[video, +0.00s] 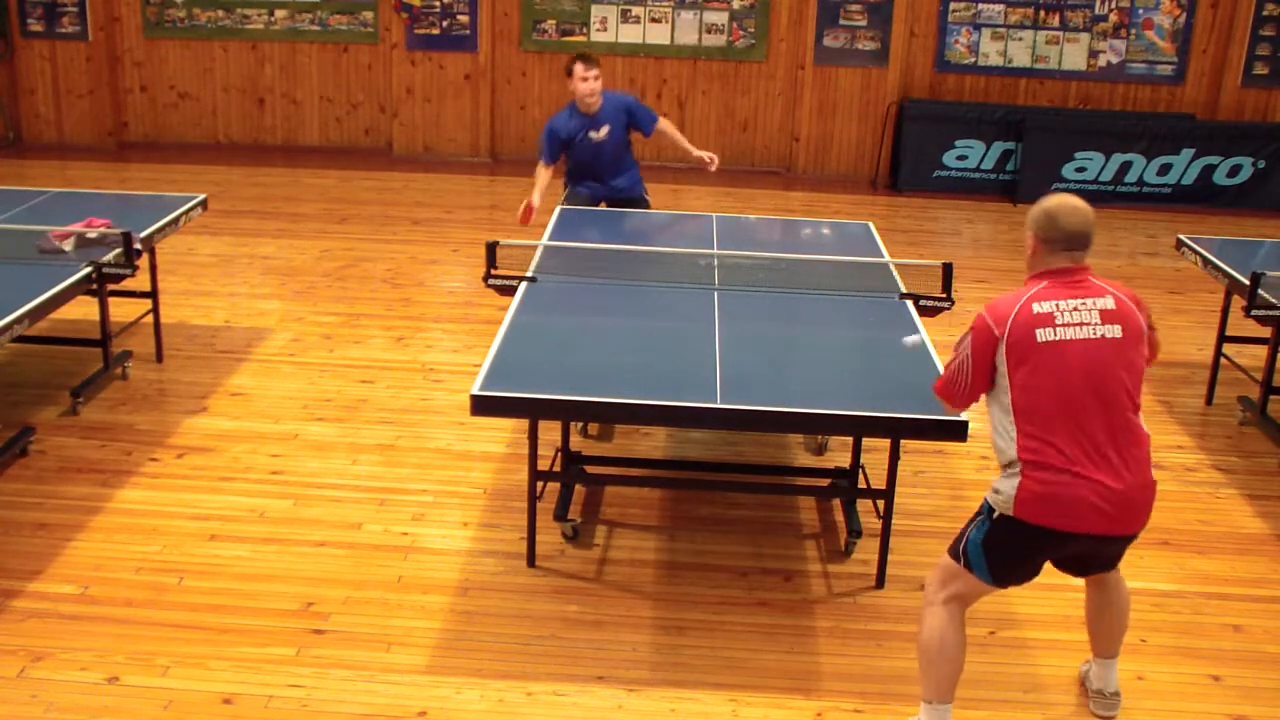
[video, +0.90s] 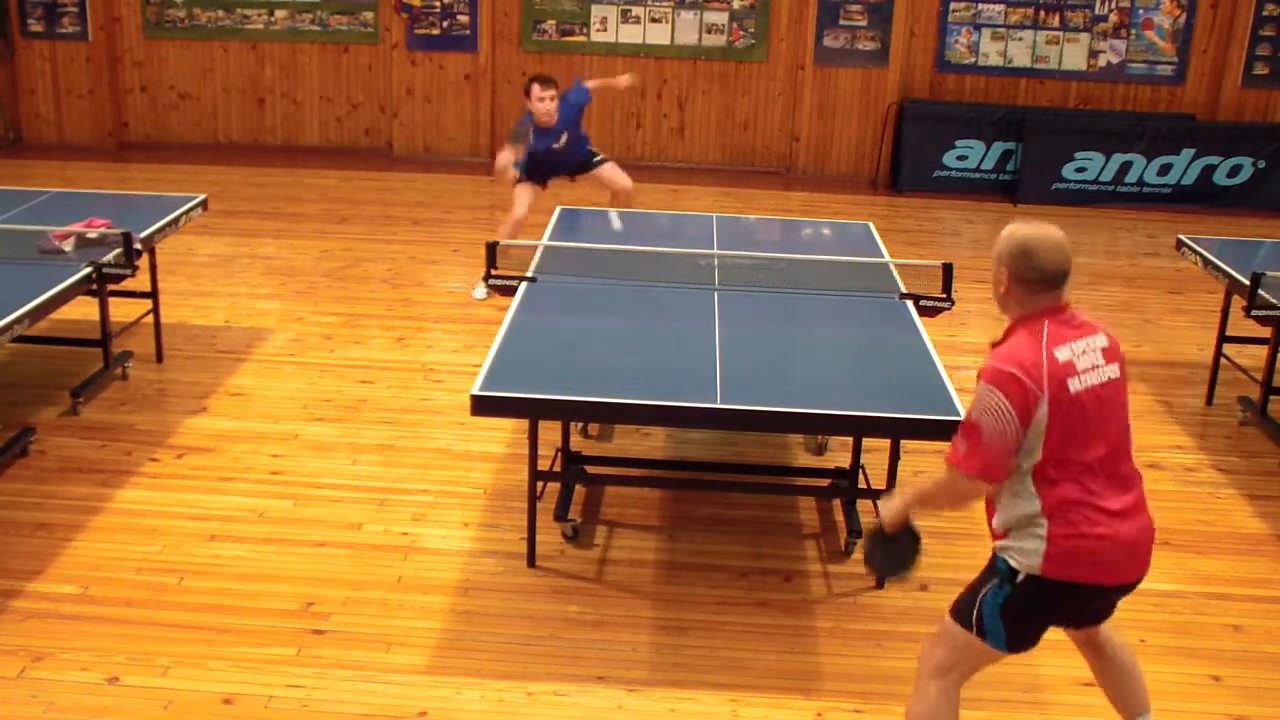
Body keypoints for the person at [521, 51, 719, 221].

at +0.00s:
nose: (591, 86)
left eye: (595, 79)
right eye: (584, 80)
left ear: (602, 80)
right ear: (570, 84)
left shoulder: (623, 106)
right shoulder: (560, 126)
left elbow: (659, 125)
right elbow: (546, 165)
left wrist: (694, 152)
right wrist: (535, 196)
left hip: (625, 183)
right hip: (584, 187)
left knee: (642, 237)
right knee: (567, 236)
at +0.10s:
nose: (606, 68)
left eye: (610, 61)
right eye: (599, 62)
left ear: (615, 63)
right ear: (585, 67)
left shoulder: (636, 92)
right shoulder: (574, 105)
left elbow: (671, 117)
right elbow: (558, 141)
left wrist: (693, 147)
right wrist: (551, 169)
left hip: (631, 175)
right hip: (589, 176)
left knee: (646, 233)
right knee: (570, 224)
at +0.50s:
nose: (605, 71)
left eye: (610, 64)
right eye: (599, 65)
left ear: (617, 64)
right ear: (588, 66)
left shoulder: (636, 90)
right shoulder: (577, 97)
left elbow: (661, 123)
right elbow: (552, 136)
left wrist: (654, 151)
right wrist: (573, 159)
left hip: (628, 171)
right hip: (588, 171)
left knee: (649, 224)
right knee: (563, 214)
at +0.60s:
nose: (583, 72)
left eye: (587, 65)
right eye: (576, 65)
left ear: (594, 63)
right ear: (566, 66)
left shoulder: (614, 83)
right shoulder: (556, 96)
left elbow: (647, 109)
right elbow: (533, 136)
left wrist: (647, 136)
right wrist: (556, 151)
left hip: (617, 164)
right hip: (577, 166)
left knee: (641, 218)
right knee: (554, 222)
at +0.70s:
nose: (562, 69)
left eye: (566, 63)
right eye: (556, 63)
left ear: (573, 63)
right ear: (543, 65)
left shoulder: (592, 77)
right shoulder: (538, 96)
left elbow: (632, 87)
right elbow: (521, 140)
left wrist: (642, 108)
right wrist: (535, 146)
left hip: (601, 153)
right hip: (563, 158)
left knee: (628, 203)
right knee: (546, 214)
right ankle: (539, 267)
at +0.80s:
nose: (550, 80)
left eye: (554, 74)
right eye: (544, 75)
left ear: (559, 73)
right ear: (530, 78)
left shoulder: (575, 81)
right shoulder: (529, 105)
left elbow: (613, 69)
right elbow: (516, 147)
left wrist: (650, 77)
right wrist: (510, 125)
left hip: (589, 146)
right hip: (549, 153)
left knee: (627, 198)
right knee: (532, 205)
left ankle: (648, 245)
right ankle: (523, 259)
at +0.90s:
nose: (547, 106)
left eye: (551, 100)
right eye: (540, 100)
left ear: (558, 99)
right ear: (528, 103)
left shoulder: (571, 101)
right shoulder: (525, 128)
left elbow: (588, 85)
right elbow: (506, 175)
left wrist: (616, 82)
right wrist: (505, 163)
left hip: (576, 157)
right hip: (537, 166)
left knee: (624, 185)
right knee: (518, 215)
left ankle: (619, 230)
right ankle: (490, 273)